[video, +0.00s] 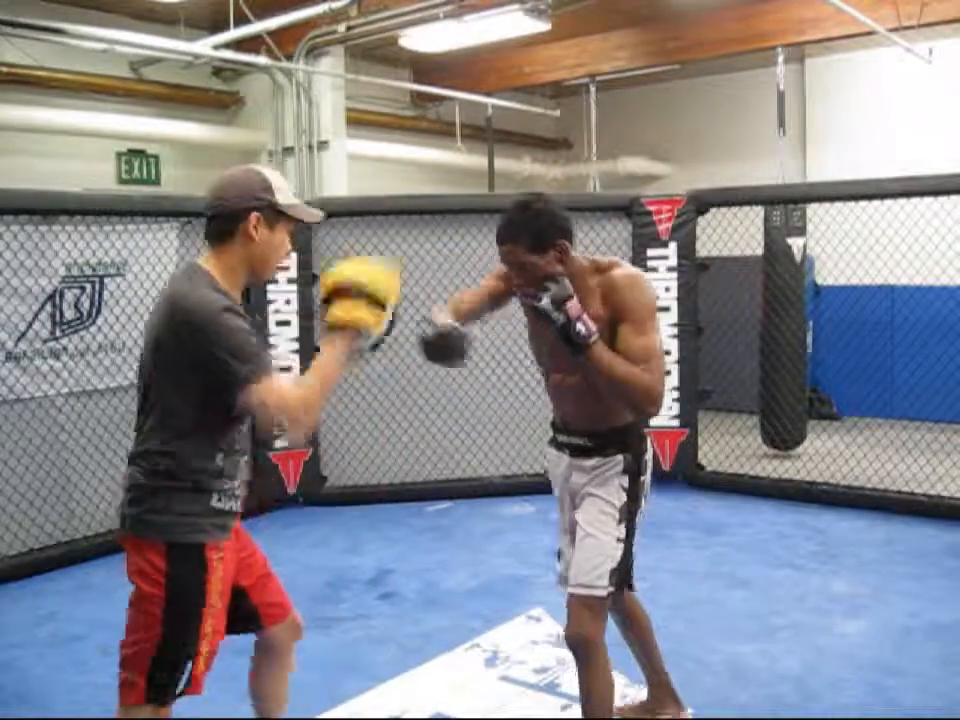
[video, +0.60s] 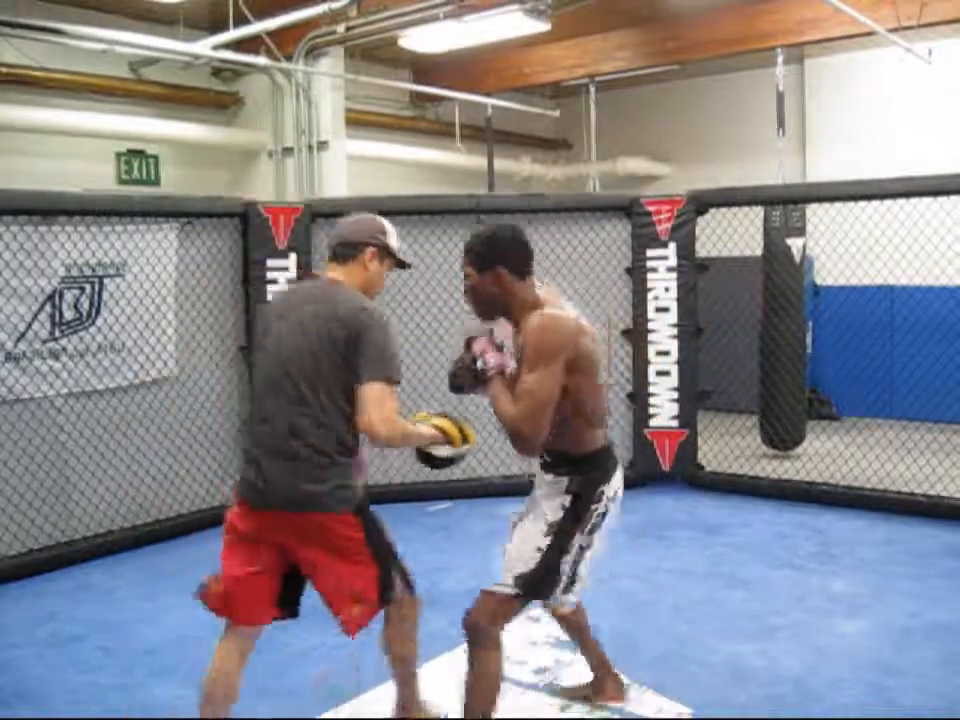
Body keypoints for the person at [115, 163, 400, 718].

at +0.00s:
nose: (291, 246)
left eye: (292, 233)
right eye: (286, 230)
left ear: (248, 228)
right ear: (252, 228)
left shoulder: (215, 299)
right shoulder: (203, 311)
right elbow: (294, 415)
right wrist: (342, 336)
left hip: (210, 520)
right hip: (176, 527)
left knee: (280, 631)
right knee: (149, 699)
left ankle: (271, 714)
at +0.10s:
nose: (286, 267)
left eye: (289, 254)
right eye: (283, 252)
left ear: (246, 246)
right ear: (252, 245)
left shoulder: (215, 316)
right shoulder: (204, 326)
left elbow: (130, 425)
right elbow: (221, 454)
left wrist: (126, 502)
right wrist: (302, 400)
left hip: (213, 535)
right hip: (186, 541)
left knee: (270, 638)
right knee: (141, 703)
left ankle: (232, 714)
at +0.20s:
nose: (294, 272)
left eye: (296, 259)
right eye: (290, 256)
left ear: (250, 251)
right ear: (262, 250)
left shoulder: (199, 310)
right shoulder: (231, 323)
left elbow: (130, 412)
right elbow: (209, 443)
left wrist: (110, 500)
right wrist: (297, 427)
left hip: (196, 529)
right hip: (207, 538)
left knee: (257, 637)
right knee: (168, 699)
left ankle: (227, 713)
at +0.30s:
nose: (312, 263)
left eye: (315, 249)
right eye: (310, 247)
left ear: (268, 239)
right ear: (284, 238)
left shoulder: (205, 297)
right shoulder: (264, 303)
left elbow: (152, 399)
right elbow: (232, 405)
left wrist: (154, 483)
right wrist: (319, 429)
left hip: (187, 509)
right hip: (228, 516)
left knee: (222, 664)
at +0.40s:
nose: (335, 260)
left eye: (338, 249)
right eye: (334, 247)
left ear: (276, 236)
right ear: (310, 236)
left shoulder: (223, 289)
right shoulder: (293, 294)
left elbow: (187, 399)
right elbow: (277, 395)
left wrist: (290, 421)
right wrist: (350, 425)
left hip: (196, 499)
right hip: (258, 502)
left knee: (209, 643)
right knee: (331, 633)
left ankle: (196, 716)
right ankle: (275, 711)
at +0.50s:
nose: (356, 271)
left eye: (360, 259)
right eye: (356, 256)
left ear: (303, 245)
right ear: (333, 246)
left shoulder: (239, 298)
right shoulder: (324, 304)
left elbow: (228, 395)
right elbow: (326, 408)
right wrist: (384, 428)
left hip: (220, 492)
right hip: (288, 496)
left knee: (204, 641)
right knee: (375, 606)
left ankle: (188, 715)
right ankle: (351, 711)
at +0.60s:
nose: (386, 280)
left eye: (389, 269)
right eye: (387, 267)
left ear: (338, 256)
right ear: (367, 257)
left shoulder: (279, 303)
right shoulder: (363, 317)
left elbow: (297, 397)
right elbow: (378, 425)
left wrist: (393, 422)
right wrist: (428, 435)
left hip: (258, 491)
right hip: (324, 496)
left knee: (239, 630)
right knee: (401, 599)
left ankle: (210, 715)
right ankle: (410, 704)